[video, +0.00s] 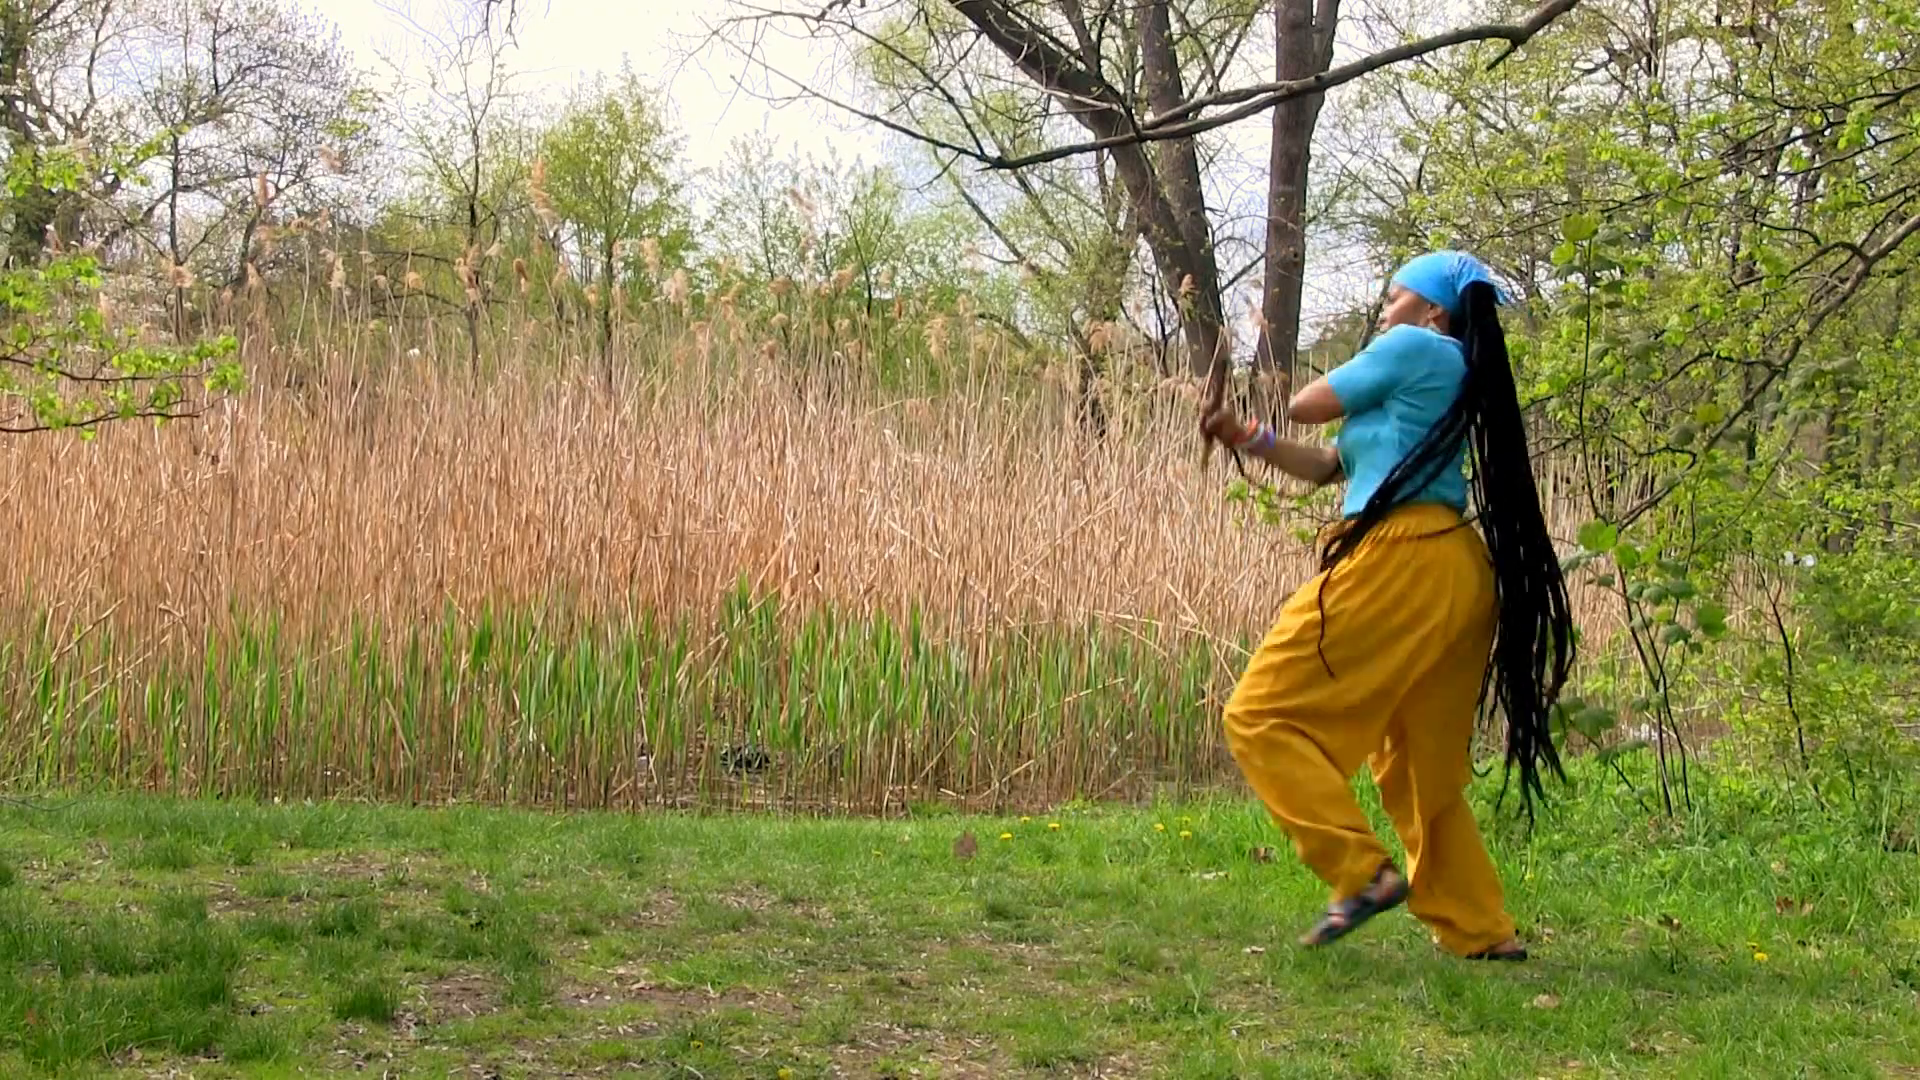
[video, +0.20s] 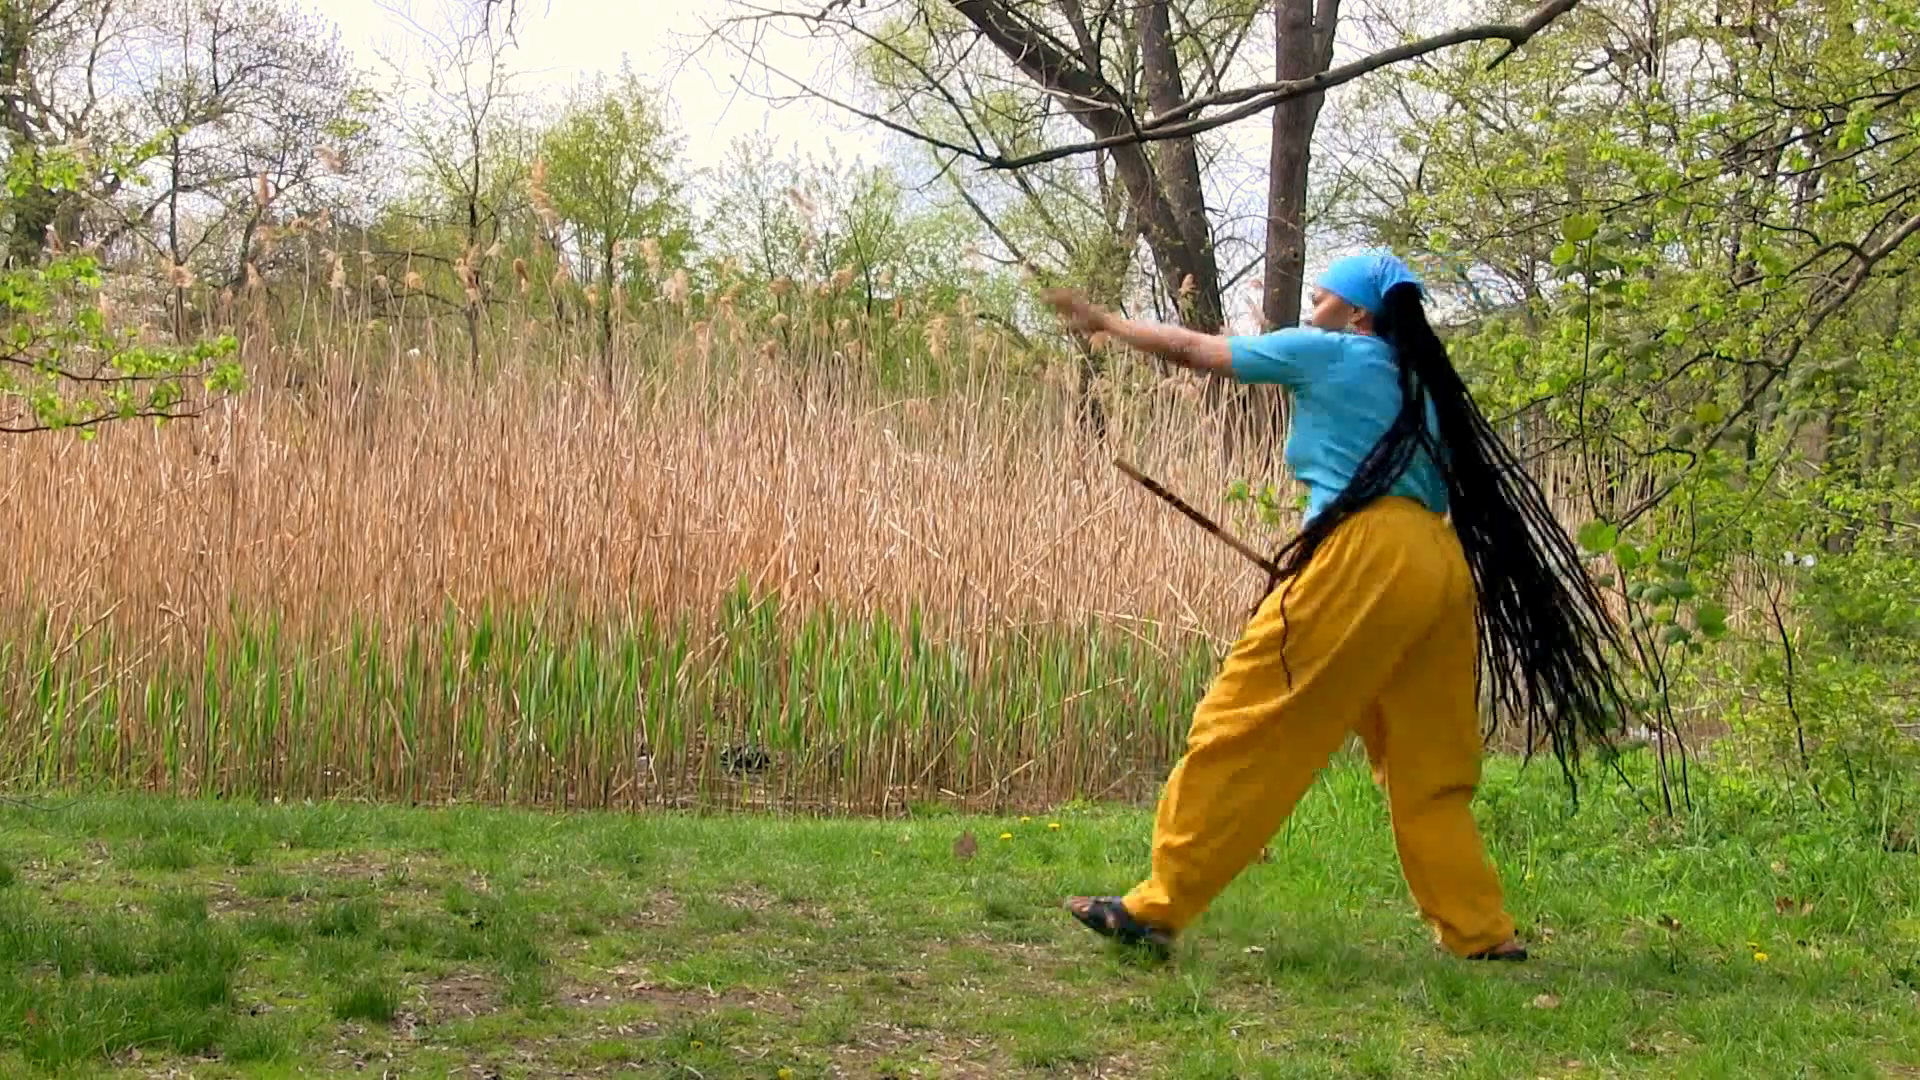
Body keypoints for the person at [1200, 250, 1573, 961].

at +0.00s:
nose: (1384, 306)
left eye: (1397, 295)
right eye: (1390, 294)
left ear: (1432, 306)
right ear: (1447, 313)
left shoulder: (1412, 345)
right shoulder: (1440, 375)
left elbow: (1304, 404)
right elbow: (1327, 464)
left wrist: (1349, 381)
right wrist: (1247, 435)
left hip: (1401, 557)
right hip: (1462, 566)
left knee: (1259, 715)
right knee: (1422, 766)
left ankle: (1360, 873)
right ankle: (1484, 934)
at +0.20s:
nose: (1310, 308)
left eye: (1321, 298)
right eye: (1315, 296)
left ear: (1355, 310)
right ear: (1377, 315)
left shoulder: (1329, 351)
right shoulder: (1423, 375)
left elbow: (1200, 349)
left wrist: (1104, 322)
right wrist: (1220, 339)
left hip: (1367, 547)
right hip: (1443, 558)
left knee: (1240, 718)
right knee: (1429, 759)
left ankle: (1158, 907)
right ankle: (1481, 932)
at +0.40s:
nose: (1219, 303)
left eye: (1231, 294)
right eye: (1224, 292)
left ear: (1265, 313)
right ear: (1282, 316)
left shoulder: (1233, 363)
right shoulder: (1317, 380)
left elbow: (1134, 448)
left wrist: (1049, 492)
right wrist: (1209, 505)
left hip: (1260, 557)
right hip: (1336, 557)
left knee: (1142, 720)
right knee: (1377, 740)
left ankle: (1129, 917)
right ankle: (1461, 909)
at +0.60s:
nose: (1139, 280)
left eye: (1154, 269)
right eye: (1144, 267)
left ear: (1195, 286)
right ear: (1183, 286)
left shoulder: (1218, 353)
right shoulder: (1161, 357)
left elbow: (1183, 474)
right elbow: (1118, 468)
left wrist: (1104, 453)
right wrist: (1055, 526)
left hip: (1200, 554)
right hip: (1150, 551)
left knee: (1126, 729)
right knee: (1075, 713)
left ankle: (1127, 919)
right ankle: (1213, 850)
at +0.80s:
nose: (1161, 249)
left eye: (1170, 239)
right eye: (1145, 235)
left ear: (1178, 255)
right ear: (1102, 246)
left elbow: (1229, 440)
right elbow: (1017, 435)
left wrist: (1164, 465)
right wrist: (1042, 522)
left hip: (1145, 528)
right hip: (1043, 513)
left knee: (1130, 721)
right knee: (998, 702)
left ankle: (1113, 912)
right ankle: (979, 887)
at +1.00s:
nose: (1151, 263)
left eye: (1150, 250)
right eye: (1137, 250)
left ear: (1116, 263)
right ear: (1090, 258)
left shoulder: (1101, 333)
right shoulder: (1041, 317)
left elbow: (1059, 431)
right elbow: (980, 390)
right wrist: (953, 470)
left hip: (1070, 529)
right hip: (1002, 514)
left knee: (1092, 708)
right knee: (1007, 715)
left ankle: (914, 767)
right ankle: (973, 911)